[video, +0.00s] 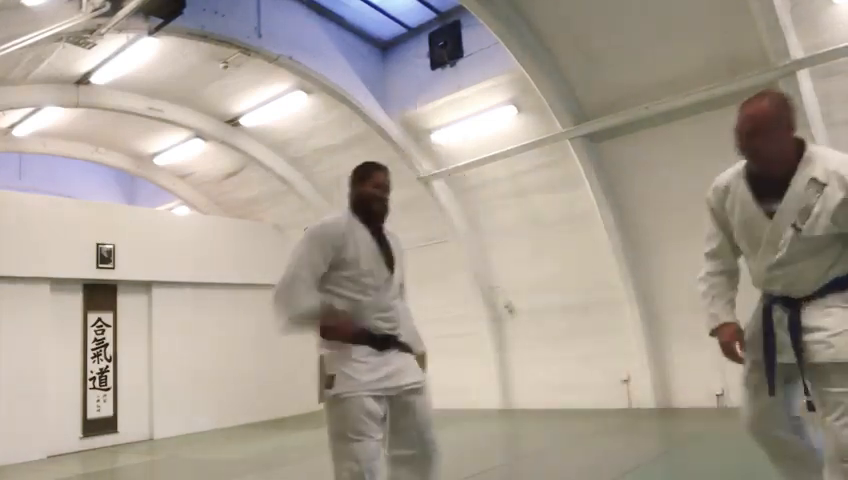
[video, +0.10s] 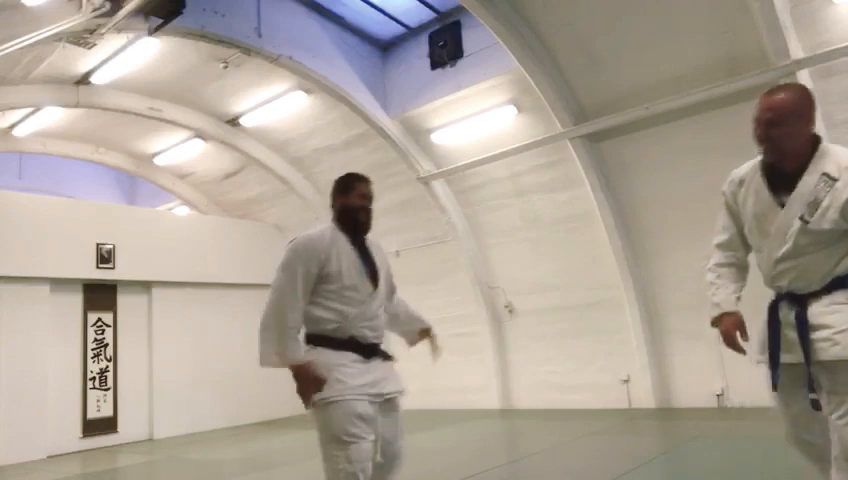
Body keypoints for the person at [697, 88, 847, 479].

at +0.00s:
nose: (745, 147)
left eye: (756, 136)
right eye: (741, 136)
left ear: (790, 135)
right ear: (737, 138)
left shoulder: (837, 176)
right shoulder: (725, 191)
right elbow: (719, 263)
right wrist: (723, 320)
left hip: (831, 303)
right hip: (772, 308)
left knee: (840, 424)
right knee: (765, 419)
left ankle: (839, 471)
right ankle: (814, 472)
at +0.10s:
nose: (763, 133)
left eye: (776, 124)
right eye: (759, 123)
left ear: (808, 127)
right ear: (754, 126)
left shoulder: (840, 174)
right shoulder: (741, 186)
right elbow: (727, 254)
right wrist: (725, 307)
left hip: (835, 305)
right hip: (784, 314)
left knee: (841, 422)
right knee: (801, 428)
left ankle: (841, 474)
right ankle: (833, 474)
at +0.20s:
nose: (771, 129)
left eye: (783, 120)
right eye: (769, 119)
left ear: (819, 127)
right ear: (764, 123)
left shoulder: (843, 173)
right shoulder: (754, 188)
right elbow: (739, 256)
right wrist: (729, 303)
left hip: (841, 306)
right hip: (801, 316)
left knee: (842, 423)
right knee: (837, 425)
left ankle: (843, 469)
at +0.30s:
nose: (774, 132)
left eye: (784, 123)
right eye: (772, 124)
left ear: (821, 125)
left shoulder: (844, 169)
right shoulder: (772, 191)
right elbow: (760, 262)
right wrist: (741, 308)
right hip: (823, 316)